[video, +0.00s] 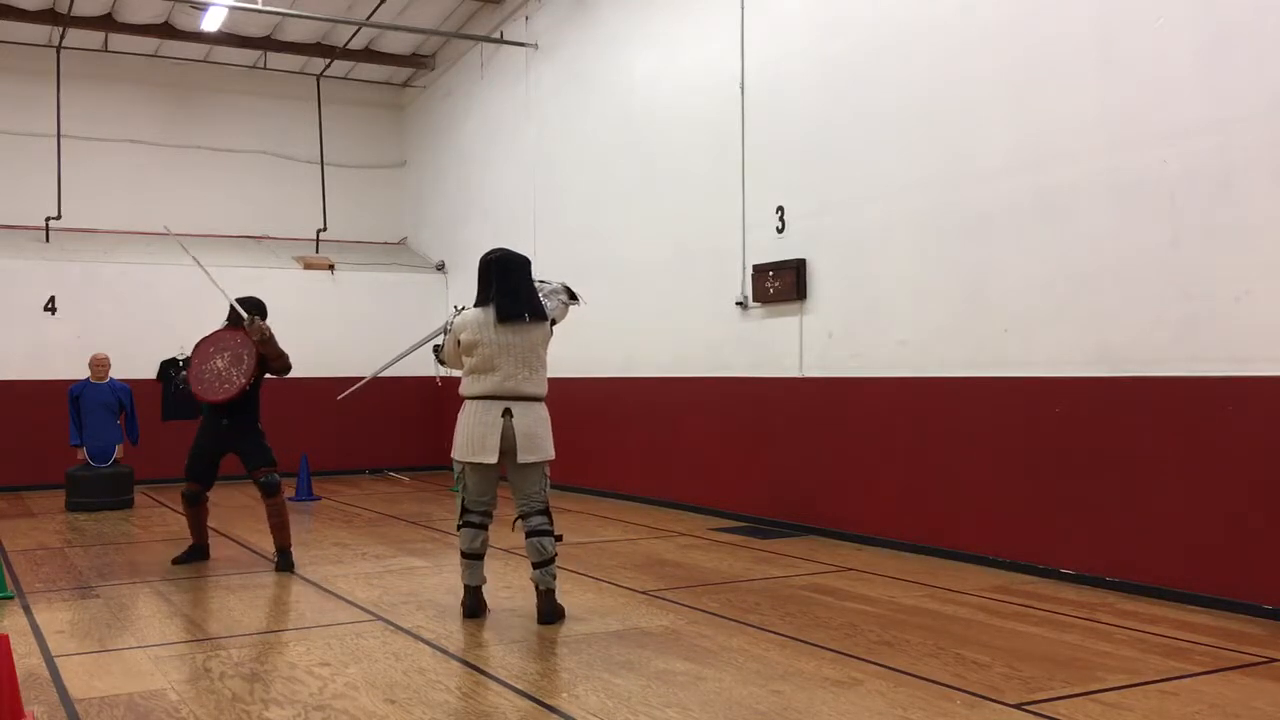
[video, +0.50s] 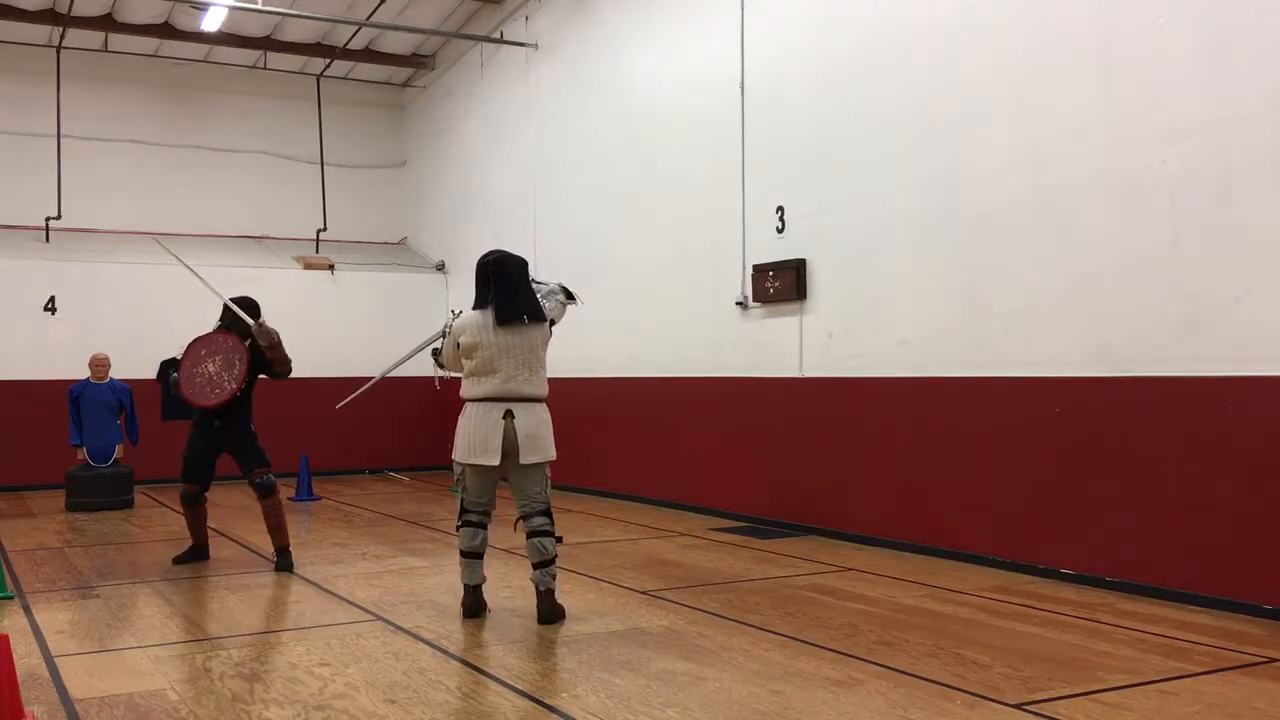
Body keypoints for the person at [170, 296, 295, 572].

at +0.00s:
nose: (240, 330)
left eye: (246, 325)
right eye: (237, 324)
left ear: (257, 325)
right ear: (231, 321)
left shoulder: (260, 347)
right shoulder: (215, 346)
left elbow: (283, 369)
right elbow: (199, 376)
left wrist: (265, 340)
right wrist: (188, 376)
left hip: (245, 426)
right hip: (212, 425)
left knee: (269, 483)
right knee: (192, 491)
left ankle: (283, 552)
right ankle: (199, 546)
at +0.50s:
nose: (230, 332)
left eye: (238, 326)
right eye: (229, 324)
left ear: (249, 328)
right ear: (224, 321)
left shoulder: (252, 352)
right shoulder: (205, 348)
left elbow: (282, 371)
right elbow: (182, 378)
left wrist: (273, 345)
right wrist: (178, 374)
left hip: (239, 428)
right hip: (204, 428)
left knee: (265, 484)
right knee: (190, 493)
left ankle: (282, 551)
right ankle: (199, 547)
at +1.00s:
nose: (282, 332)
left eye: (287, 326)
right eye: (277, 325)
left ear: (291, 330)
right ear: (262, 325)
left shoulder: (290, 367)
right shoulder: (235, 357)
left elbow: (303, 415)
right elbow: (211, 396)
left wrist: (335, 422)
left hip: (273, 442)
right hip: (236, 440)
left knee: (288, 508)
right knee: (214, 505)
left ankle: (266, 550)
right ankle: (227, 539)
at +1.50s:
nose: (332, 312)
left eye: (335, 305)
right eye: (325, 305)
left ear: (338, 308)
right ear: (306, 308)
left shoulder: (341, 349)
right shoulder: (274, 346)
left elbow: (397, 346)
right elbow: (244, 392)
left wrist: (439, 324)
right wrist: (275, 396)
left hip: (316, 439)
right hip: (276, 442)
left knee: (358, 508)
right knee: (275, 523)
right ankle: (289, 567)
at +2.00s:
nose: (342, 325)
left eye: (341, 317)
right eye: (334, 317)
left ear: (336, 318)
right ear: (308, 322)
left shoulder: (340, 372)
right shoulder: (277, 366)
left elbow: (351, 424)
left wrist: (348, 441)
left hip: (341, 477)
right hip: (292, 480)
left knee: (410, 521)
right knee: (250, 561)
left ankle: (409, 623)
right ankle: (212, 636)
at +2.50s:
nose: (567, 331)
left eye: (565, 324)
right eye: (564, 324)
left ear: (526, 323)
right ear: (558, 326)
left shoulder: (501, 356)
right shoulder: (555, 360)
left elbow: (472, 412)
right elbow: (605, 389)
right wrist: (644, 398)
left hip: (482, 476)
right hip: (513, 476)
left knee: (519, 559)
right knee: (589, 524)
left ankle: (446, 627)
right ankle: (550, 624)